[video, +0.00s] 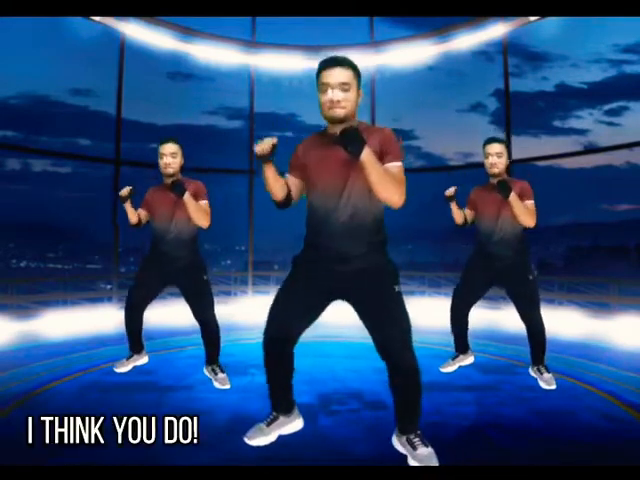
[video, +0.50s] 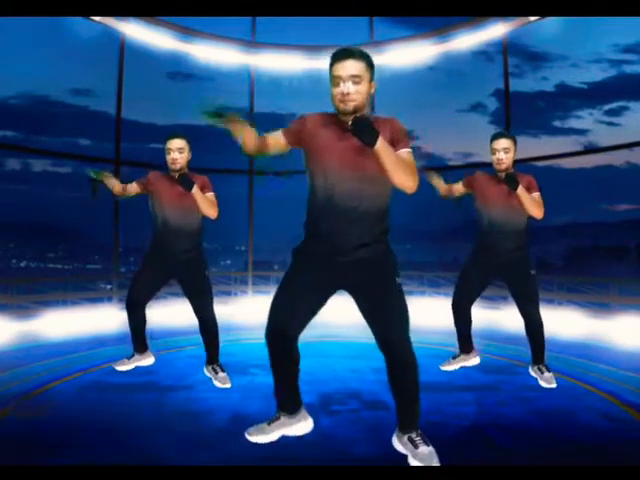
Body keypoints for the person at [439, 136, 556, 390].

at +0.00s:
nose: (493, 160)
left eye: (498, 155)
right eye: (488, 156)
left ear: (507, 159)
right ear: (483, 160)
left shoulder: (521, 188)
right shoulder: (478, 193)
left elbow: (529, 221)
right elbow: (463, 219)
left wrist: (509, 195)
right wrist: (452, 202)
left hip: (515, 265)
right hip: (483, 263)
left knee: (532, 318)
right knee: (459, 305)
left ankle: (538, 366)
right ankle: (463, 353)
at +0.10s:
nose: (495, 158)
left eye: (500, 153)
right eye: (490, 153)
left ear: (510, 156)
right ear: (486, 158)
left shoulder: (523, 185)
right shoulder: (481, 191)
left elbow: (531, 218)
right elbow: (466, 219)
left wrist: (511, 192)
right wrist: (456, 205)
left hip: (516, 263)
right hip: (484, 261)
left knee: (530, 316)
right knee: (463, 305)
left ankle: (538, 365)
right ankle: (463, 353)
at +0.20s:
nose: (496, 156)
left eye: (501, 151)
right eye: (492, 152)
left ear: (510, 154)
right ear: (487, 156)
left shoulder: (525, 182)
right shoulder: (483, 188)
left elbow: (535, 213)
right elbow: (474, 213)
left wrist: (513, 189)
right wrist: (466, 192)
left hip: (517, 259)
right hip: (486, 258)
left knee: (531, 314)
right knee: (465, 304)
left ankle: (538, 365)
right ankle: (463, 353)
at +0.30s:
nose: (498, 157)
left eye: (503, 152)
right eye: (493, 152)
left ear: (512, 154)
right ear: (489, 156)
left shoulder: (527, 181)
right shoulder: (484, 186)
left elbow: (536, 213)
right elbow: (475, 212)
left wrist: (513, 191)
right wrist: (476, 190)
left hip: (518, 260)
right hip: (487, 258)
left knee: (531, 315)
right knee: (464, 302)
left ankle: (538, 366)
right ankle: (462, 350)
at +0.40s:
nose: (502, 156)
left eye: (507, 150)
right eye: (497, 151)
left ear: (515, 153)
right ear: (492, 155)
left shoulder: (529, 181)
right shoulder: (485, 185)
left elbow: (541, 212)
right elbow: (467, 206)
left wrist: (519, 188)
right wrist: (465, 188)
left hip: (518, 259)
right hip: (487, 257)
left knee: (532, 313)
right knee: (460, 301)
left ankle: (538, 365)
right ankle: (464, 349)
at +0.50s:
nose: (500, 156)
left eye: (505, 151)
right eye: (496, 152)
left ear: (514, 154)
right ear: (490, 155)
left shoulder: (526, 182)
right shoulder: (477, 180)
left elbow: (538, 212)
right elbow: (448, 191)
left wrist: (517, 187)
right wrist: (434, 179)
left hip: (516, 259)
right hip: (485, 256)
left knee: (531, 314)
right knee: (460, 302)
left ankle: (539, 365)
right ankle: (467, 353)